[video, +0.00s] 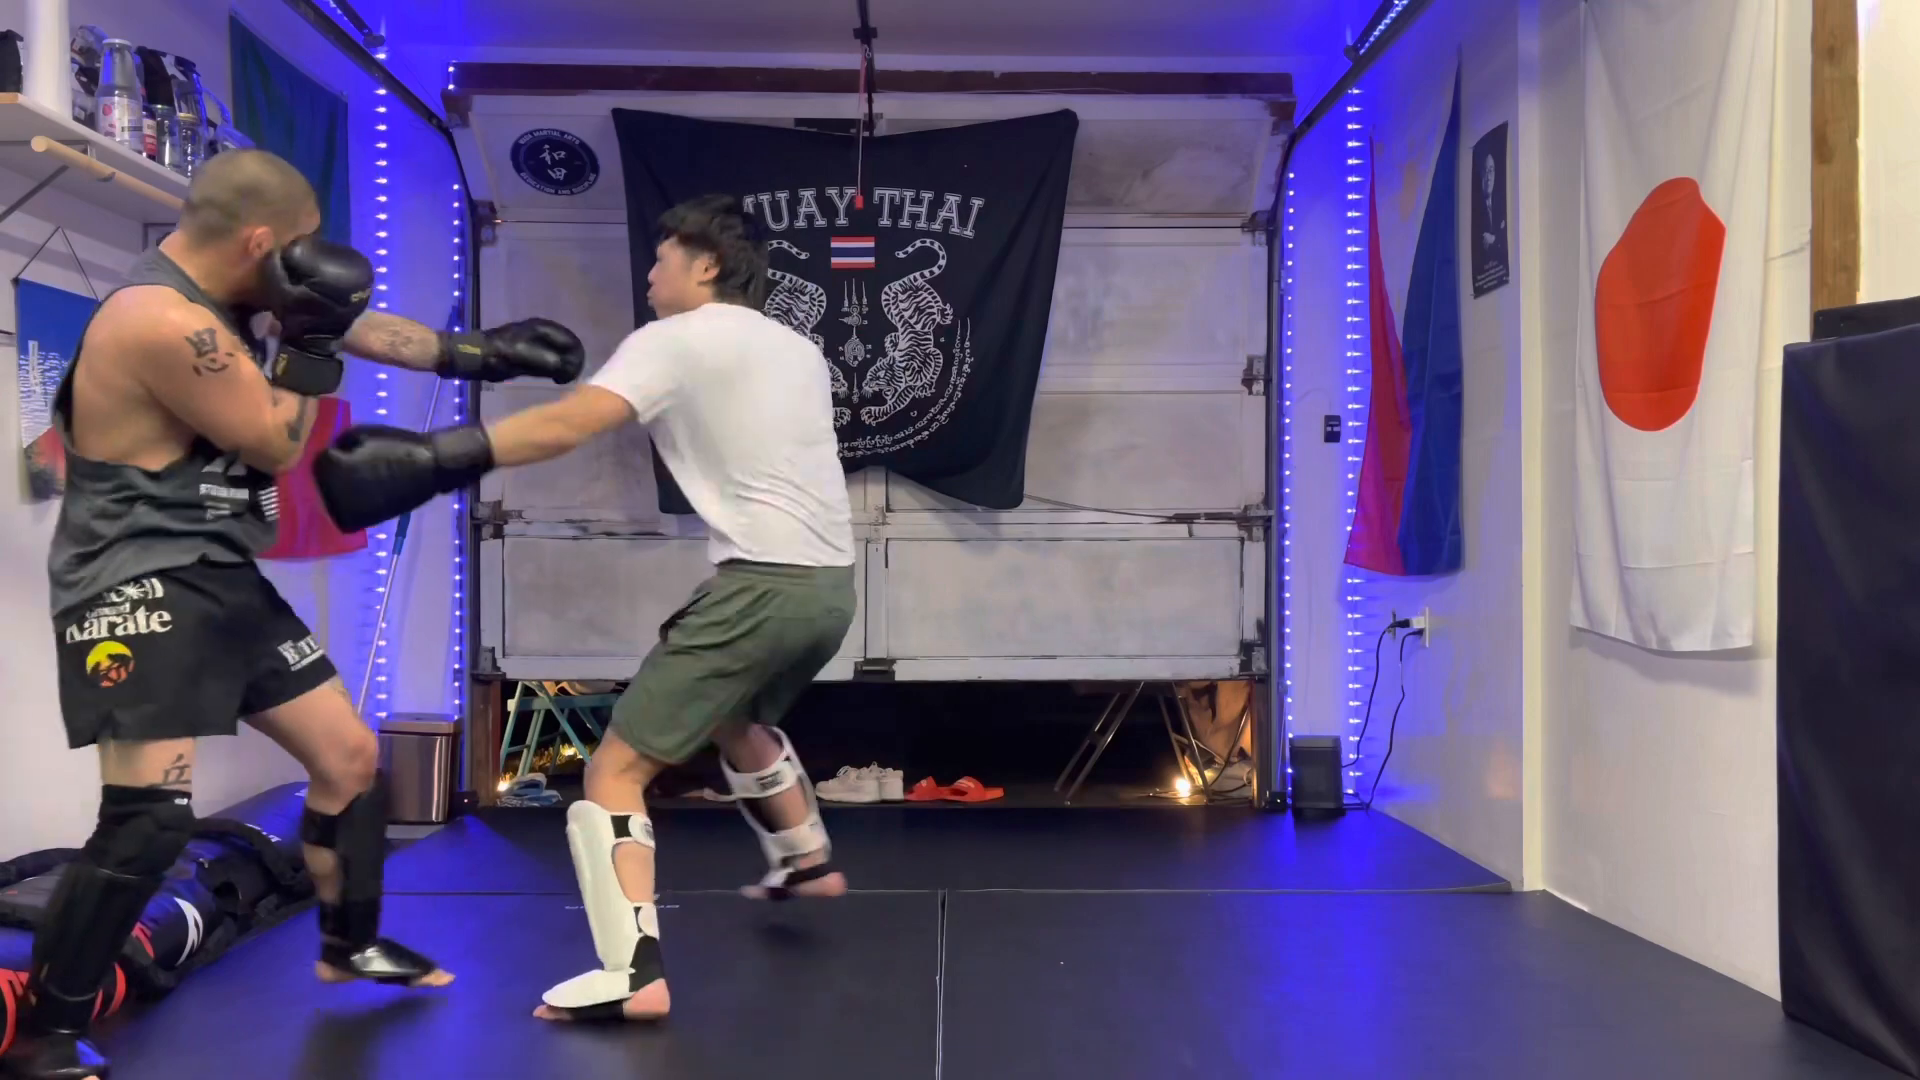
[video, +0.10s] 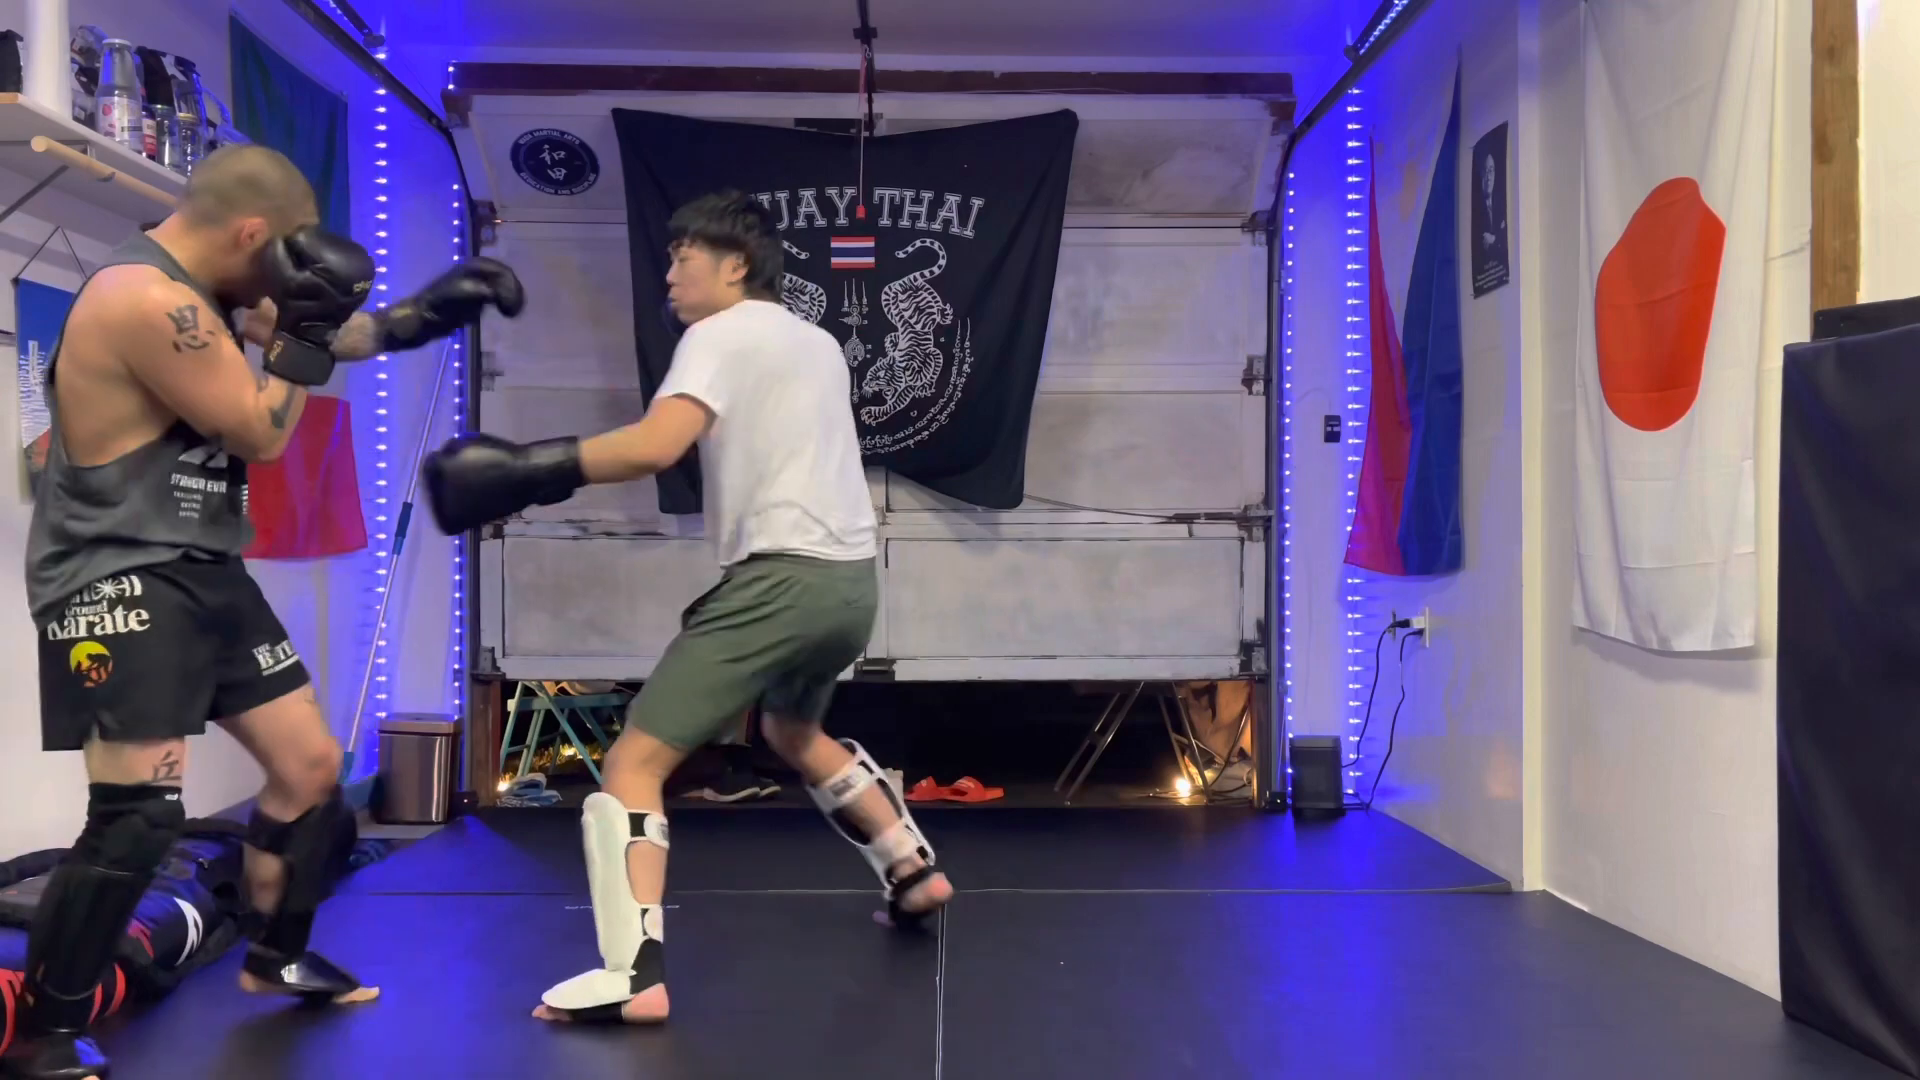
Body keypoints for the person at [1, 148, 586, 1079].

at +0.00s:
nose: (299, 265)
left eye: (305, 251)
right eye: (297, 248)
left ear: (233, 233)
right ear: (253, 238)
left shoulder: (215, 309)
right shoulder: (159, 320)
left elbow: (345, 321)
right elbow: (280, 443)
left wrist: (469, 350)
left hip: (219, 574)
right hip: (132, 582)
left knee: (349, 759)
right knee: (151, 817)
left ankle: (349, 944)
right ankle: (45, 1035)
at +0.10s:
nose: (282, 275)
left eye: (290, 259)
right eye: (285, 253)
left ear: (234, 225)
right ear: (248, 230)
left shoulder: (193, 298)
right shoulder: (139, 300)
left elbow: (295, 345)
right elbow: (259, 433)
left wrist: (410, 321)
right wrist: (308, 332)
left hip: (204, 572)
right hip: (119, 576)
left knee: (309, 769)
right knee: (135, 821)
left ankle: (276, 956)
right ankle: (43, 1042)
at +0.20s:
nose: (271, 265)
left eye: (280, 248)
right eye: (276, 241)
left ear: (227, 210)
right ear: (236, 212)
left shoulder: (195, 286)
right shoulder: (132, 278)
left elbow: (291, 344)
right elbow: (259, 410)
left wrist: (357, 261)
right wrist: (318, 303)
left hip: (205, 565)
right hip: (122, 570)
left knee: (278, 774)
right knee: (130, 807)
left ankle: (273, 964)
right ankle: (45, 1035)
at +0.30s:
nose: (276, 241)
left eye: (286, 225)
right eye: (279, 218)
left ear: (227, 189)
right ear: (232, 186)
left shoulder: (199, 285)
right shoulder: (119, 263)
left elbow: (262, 390)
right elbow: (254, 396)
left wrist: (316, 285)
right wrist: (317, 285)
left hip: (212, 560)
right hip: (121, 565)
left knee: (293, 765)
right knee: (113, 798)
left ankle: (278, 956)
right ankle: (42, 1033)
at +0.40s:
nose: (293, 213)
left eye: (299, 196)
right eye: (290, 190)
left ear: (230, 169)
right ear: (231, 166)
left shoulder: (199, 271)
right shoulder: (131, 253)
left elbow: (243, 390)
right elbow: (247, 396)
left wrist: (306, 302)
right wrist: (325, 301)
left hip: (229, 558)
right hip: (134, 563)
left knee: (308, 762)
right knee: (113, 785)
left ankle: (316, 961)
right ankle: (43, 1033)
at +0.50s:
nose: (308, 203)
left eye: (312, 186)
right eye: (303, 180)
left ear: (240, 167)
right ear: (243, 163)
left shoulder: (218, 272)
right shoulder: (162, 256)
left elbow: (268, 404)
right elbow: (269, 403)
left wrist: (335, 312)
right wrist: (341, 310)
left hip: (255, 567)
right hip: (164, 573)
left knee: (321, 773)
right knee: (124, 794)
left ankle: (351, 981)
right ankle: (44, 1031)